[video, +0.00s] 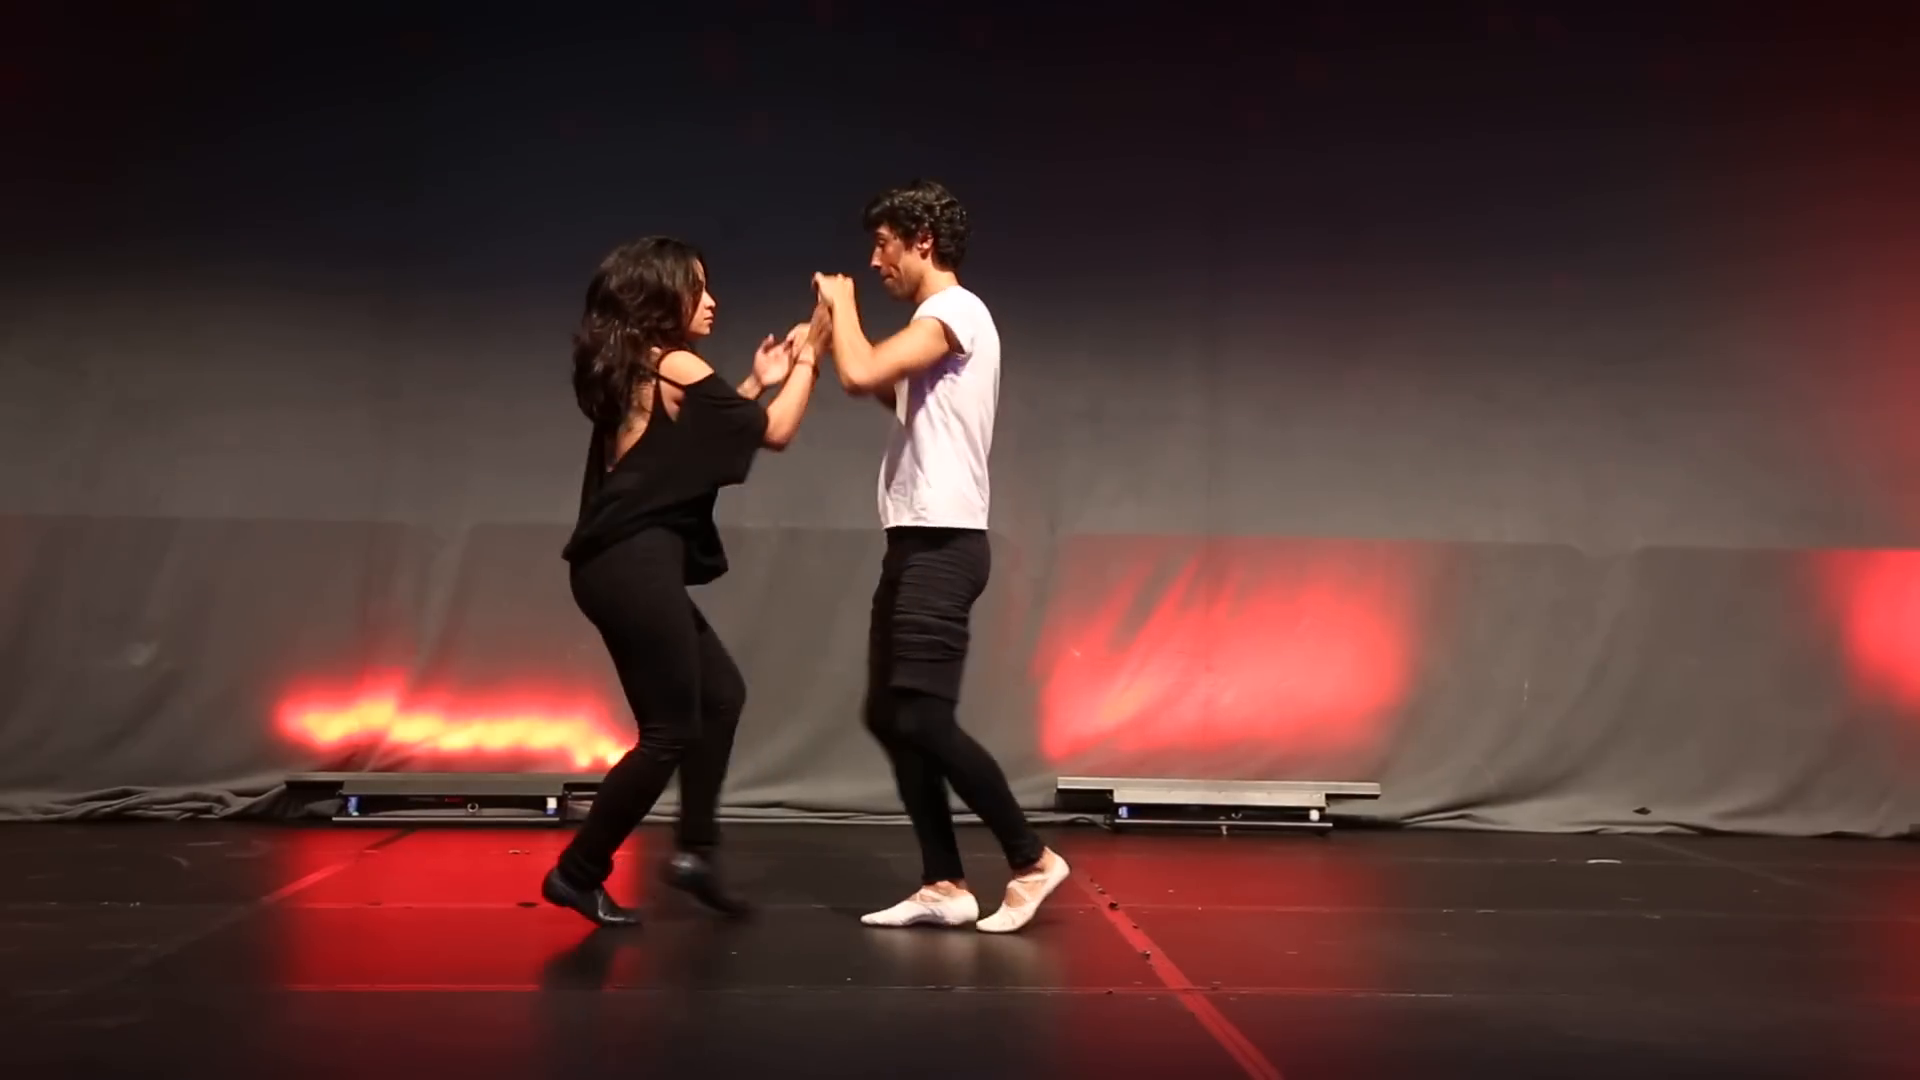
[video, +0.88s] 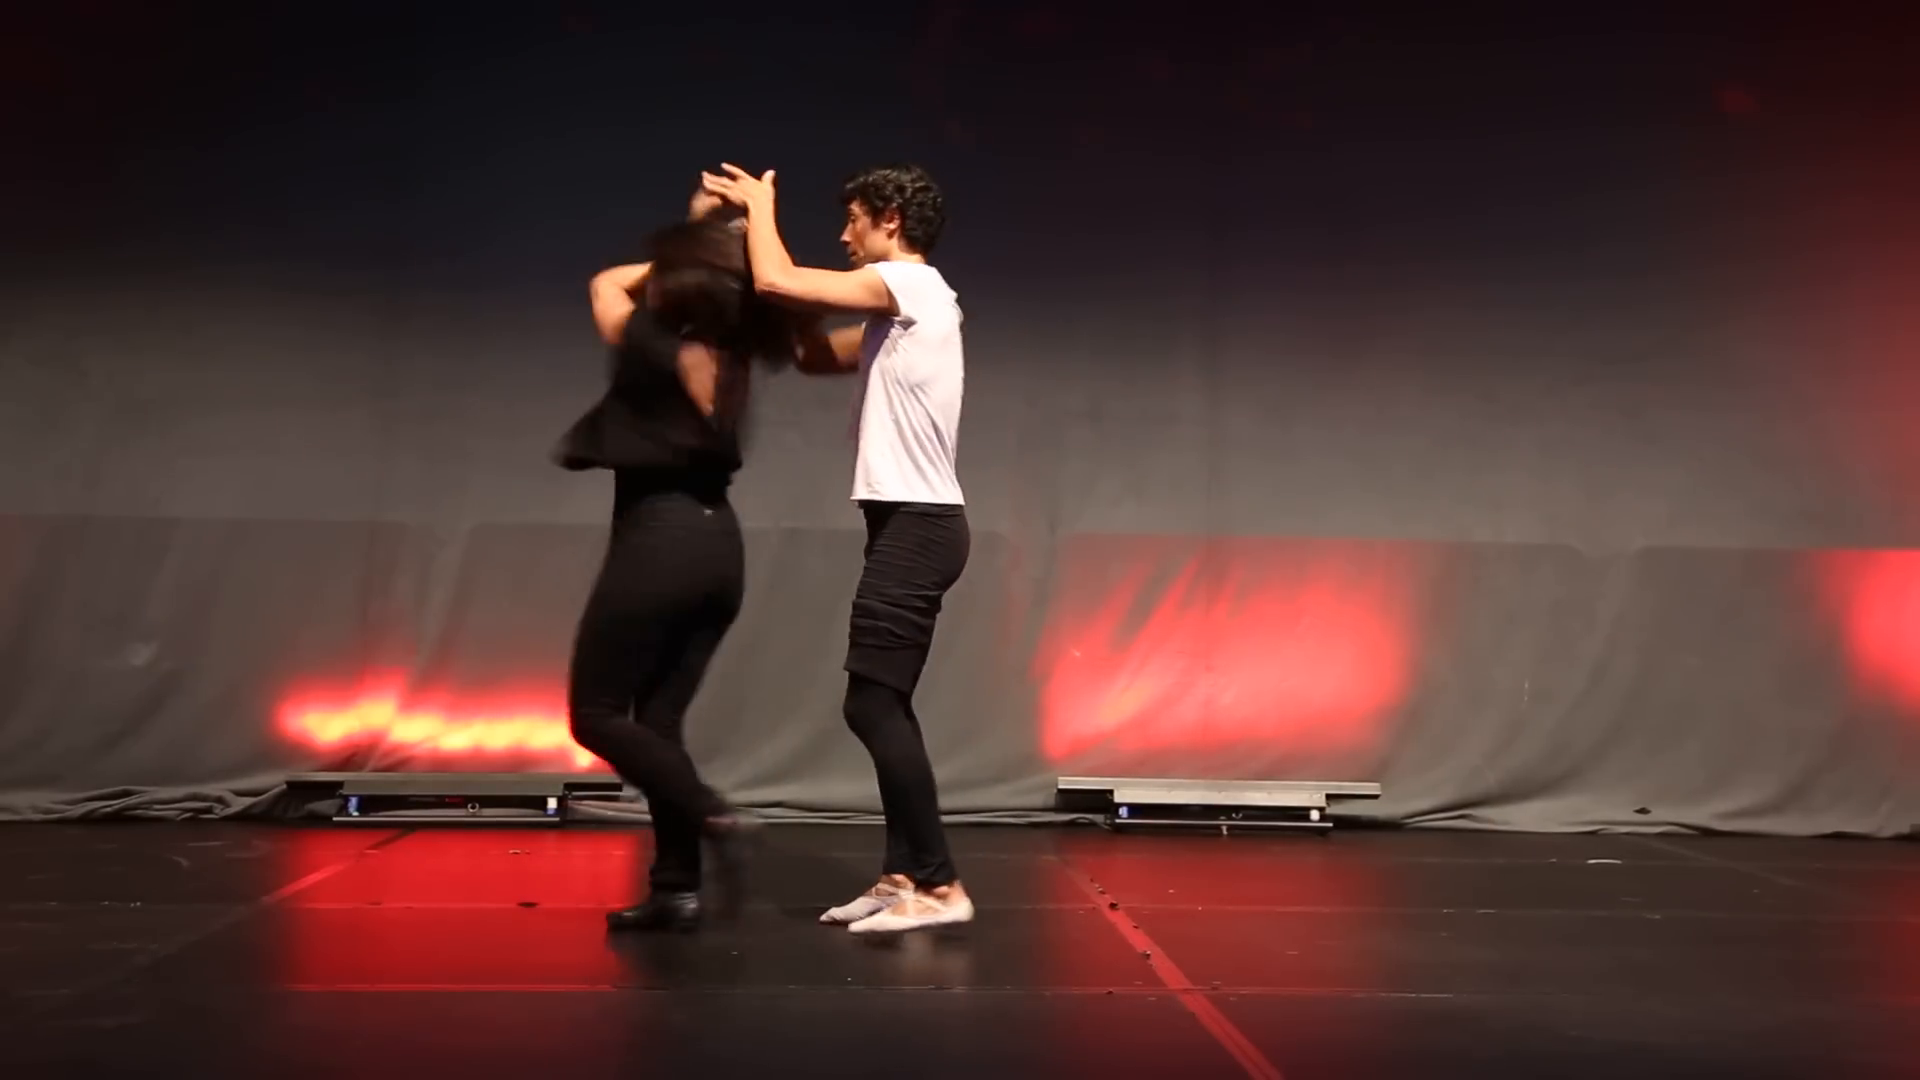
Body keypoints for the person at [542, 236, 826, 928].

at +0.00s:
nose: (710, 300)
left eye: (706, 287)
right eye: (699, 289)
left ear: (647, 301)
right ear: (665, 301)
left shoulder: (632, 364)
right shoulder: (675, 365)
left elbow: (692, 440)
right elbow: (776, 428)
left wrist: (756, 385)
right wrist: (810, 358)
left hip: (627, 564)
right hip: (632, 567)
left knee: (721, 693)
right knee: (671, 731)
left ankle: (695, 853)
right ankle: (578, 872)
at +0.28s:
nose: (713, 304)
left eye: (710, 291)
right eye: (700, 293)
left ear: (644, 305)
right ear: (664, 303)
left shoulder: (625, 371)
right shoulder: (688, 367)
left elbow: (738, 381)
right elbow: (797, 377)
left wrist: (780, 318)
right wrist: (809, 297)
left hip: (607, 574)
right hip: (669, 569)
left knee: (699, 712)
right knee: (657, 733)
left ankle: (711, 874)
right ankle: (581, 886)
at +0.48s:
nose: (722, 302)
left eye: (720, 290)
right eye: (712, 290)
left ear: (658, 297)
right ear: (680, 295)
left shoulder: (680, 363)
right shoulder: (672, 351)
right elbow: (753, 322)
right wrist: (785, 229)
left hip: (680, 568)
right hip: (643, 561)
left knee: (740, 718)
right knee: (666, 729)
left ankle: (699, 880)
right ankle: (581, 876)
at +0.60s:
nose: (727, 292)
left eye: (737, 282)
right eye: (713, 278)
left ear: (747, 296)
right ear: (680, 288)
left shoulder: (745, 361)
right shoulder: (640, 344)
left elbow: (765, 334)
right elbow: (655, 282)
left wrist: (752, 232)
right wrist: (717, 216)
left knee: (744, 723)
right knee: (643, 727)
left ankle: (714, 875)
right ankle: (636, 883)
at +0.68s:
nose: (697, 276)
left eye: (715, 273)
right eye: (690, 260)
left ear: (738, 297)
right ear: (666, 278)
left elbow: (708, 300)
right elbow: (612, 266)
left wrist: (715, 216)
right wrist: (688, 202)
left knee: (721, 727)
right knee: (612, 726)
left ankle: (726, 871)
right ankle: (672, 879)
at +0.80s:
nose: (658, 264)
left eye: (673, 259)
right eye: (662, 256)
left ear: (702, 278)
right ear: (689, 277)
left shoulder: (693, 340)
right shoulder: (679, 332)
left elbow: (610, 283)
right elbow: (630, 270)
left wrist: (671, 230)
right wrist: (680, 205)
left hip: (683, 556)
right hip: (653, 553)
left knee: (639, 720)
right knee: (630, 722)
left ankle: (754, 838)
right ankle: (680, 881)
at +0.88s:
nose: (643, 279)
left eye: (655, 271)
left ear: (670, 276)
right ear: (738, 280)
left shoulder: (652, 342)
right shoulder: (733, 347)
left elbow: (608, 286)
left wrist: (686, 250)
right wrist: (712, 223)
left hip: (655, 542)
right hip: (713, 544)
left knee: (595, 714)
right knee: (659, 719)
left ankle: (714, 821)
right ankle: (675, 890)